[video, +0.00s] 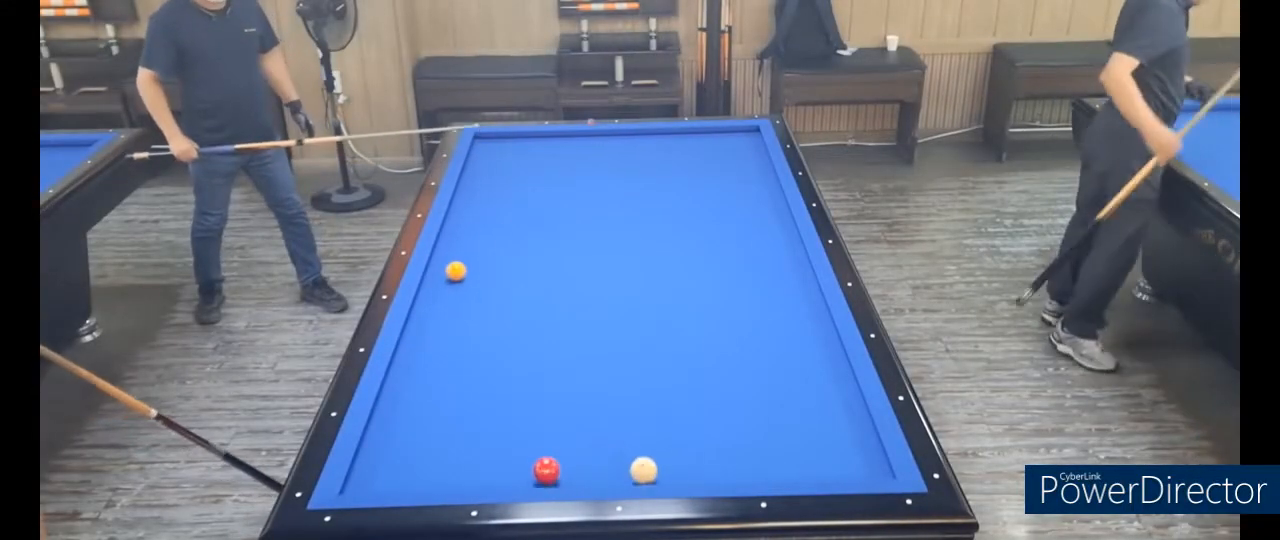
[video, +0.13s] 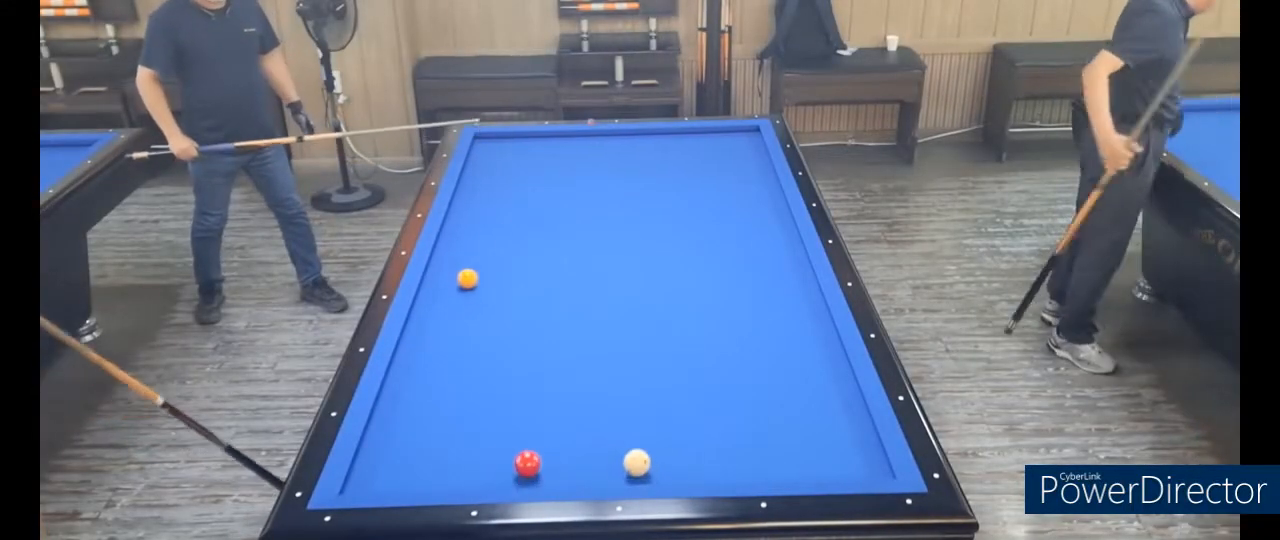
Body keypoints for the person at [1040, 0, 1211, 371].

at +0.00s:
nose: (1205, 0)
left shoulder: (1158, 8)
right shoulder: (1163, 12)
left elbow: (1137, 66)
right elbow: (1114, 74)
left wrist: (1179, 83)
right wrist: (1154, 131)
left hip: (1114, 132)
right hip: (1132, 143)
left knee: (1090, 220)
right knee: (1119, 239)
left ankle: (1060, 299)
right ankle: (1076, 331)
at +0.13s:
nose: (1214, 2)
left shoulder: (1166, 14)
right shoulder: (1159, 17)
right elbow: (1094, 73)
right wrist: (1107, 139)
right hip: (1127, 148)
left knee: (1091, 227)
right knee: (1106, 240)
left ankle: (1059, 302)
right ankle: (1071, 335)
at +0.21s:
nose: (1222, 7)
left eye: (1224, 3)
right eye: (1223, 2)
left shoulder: (1171, 16)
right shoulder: (1159, 17)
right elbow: (1094, 71)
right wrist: (1088, 143)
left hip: (1131, 136)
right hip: (1128, 141)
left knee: (1092, 227)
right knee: (1105, 241)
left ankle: (1059, 304)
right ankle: (1071, 335)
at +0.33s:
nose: (1229, 14)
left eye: (1231, 9)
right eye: (1231, 7)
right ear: (1217, 3)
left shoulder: (1159, 10)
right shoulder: (1166, 21)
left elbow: (1103, 60)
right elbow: (1099, 73)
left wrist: (1073, 134)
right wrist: (1069, 139)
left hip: (1112, 139)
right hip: (1119, 146)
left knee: (1091, 232)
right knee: (1101, 243)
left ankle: (1061, 303)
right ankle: (1069, 334)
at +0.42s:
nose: (1230, 15)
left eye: (1233, 9)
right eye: (1233, 7)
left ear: (1211, 1)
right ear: (1220, 3)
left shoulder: (1161, 9)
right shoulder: (1167, 19)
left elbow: (1103, 55)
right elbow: (1100, 72)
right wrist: (1068, 139)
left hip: (1113, 139)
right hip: (1118, 146)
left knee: (1092, 233)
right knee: (1101, 244)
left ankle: (1062, 303)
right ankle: (1069, 334)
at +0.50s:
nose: (1228, 15)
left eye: (1231, 9)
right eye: (1232, 8)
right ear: (1220, 3)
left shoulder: (1154, 7)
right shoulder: (1169, 18)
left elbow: (1097, 57)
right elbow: (1102, 67)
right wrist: (1075, 139)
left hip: (1112, 141)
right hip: (1122, 148)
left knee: (1096, 238)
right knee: (1102, 245)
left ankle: (1069, 310)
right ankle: (1070, 335)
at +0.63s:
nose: (1228, 17)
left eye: (1232, 11)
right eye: (1231, 9)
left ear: (1212, 1)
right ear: (1217, 1)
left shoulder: (1166, 13)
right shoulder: (1168, 18)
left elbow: (1112, 66)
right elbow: (1108, 66)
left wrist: (1090, 136)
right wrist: (1085, 137)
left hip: (1123, 143)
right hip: (1124, 149)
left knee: (1104, 236)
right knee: (1117, 248)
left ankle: (1071, 308)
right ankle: (1072, 334)